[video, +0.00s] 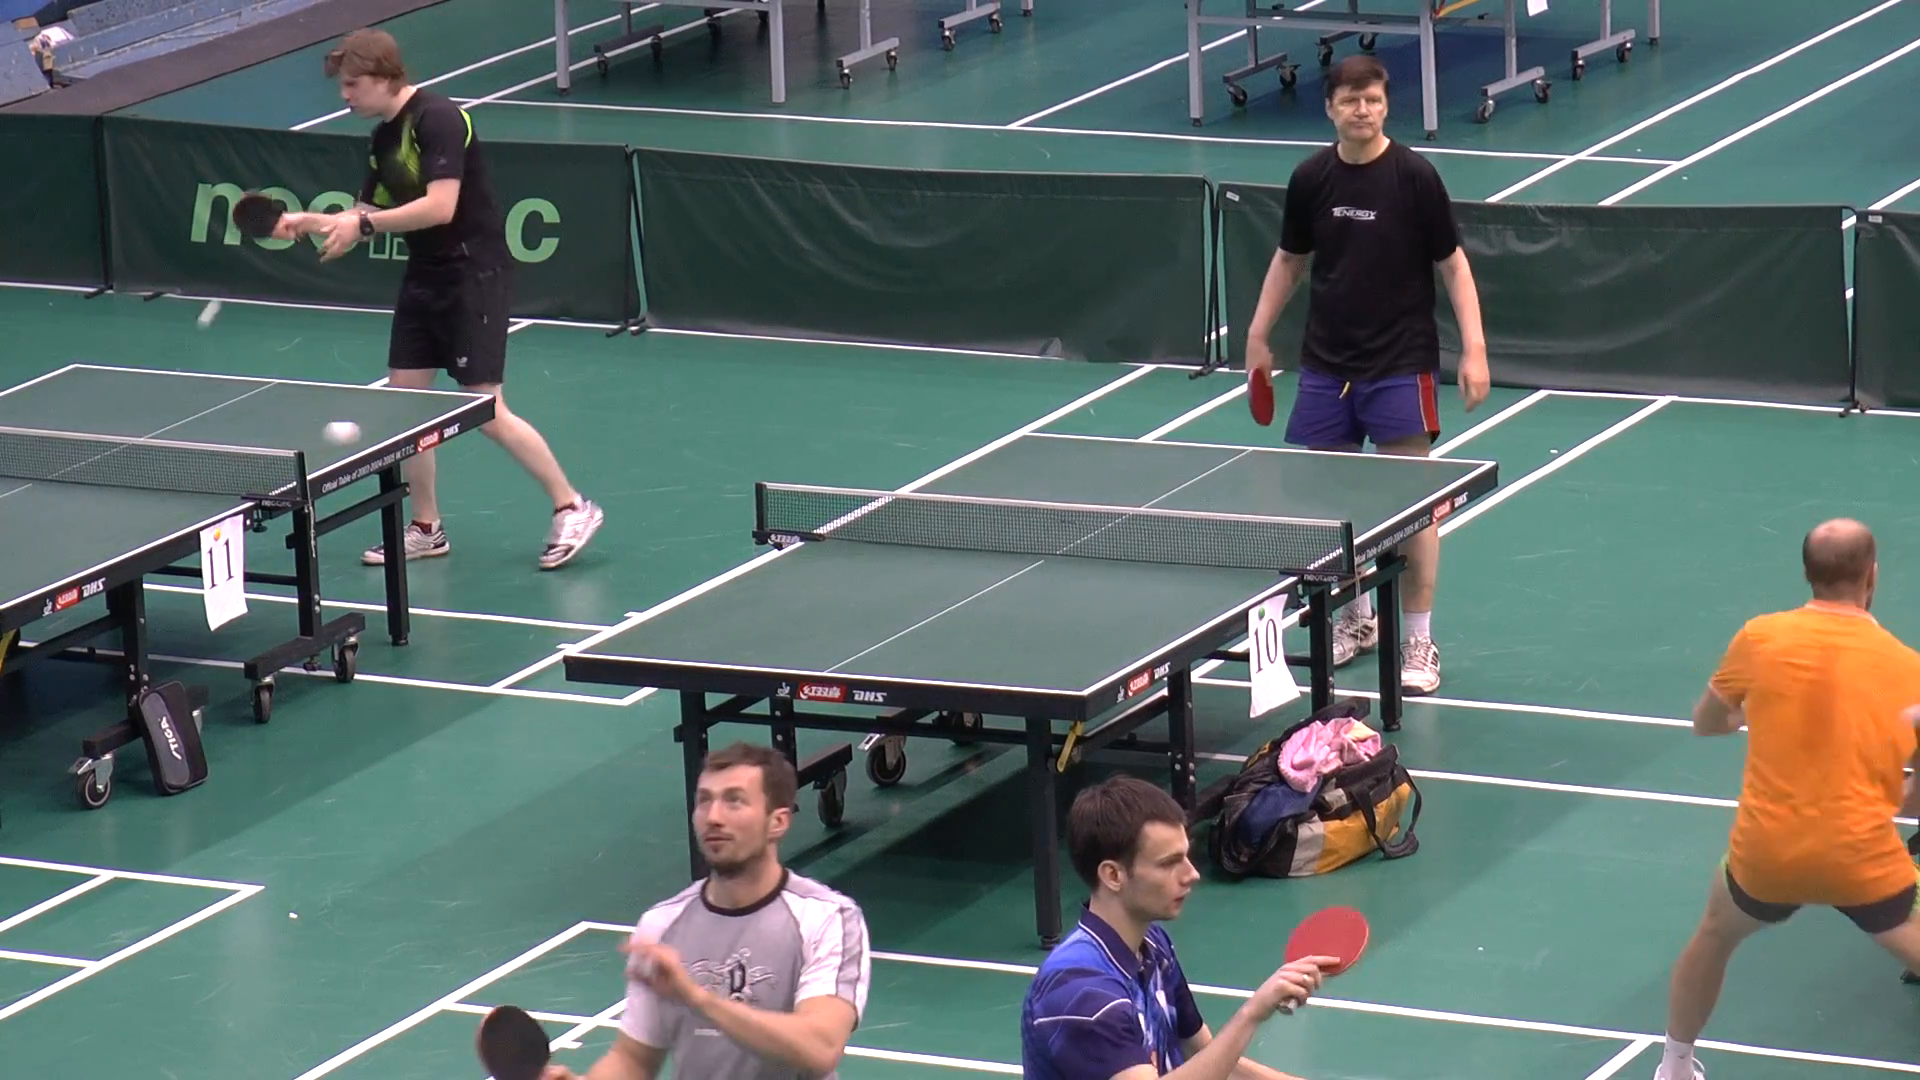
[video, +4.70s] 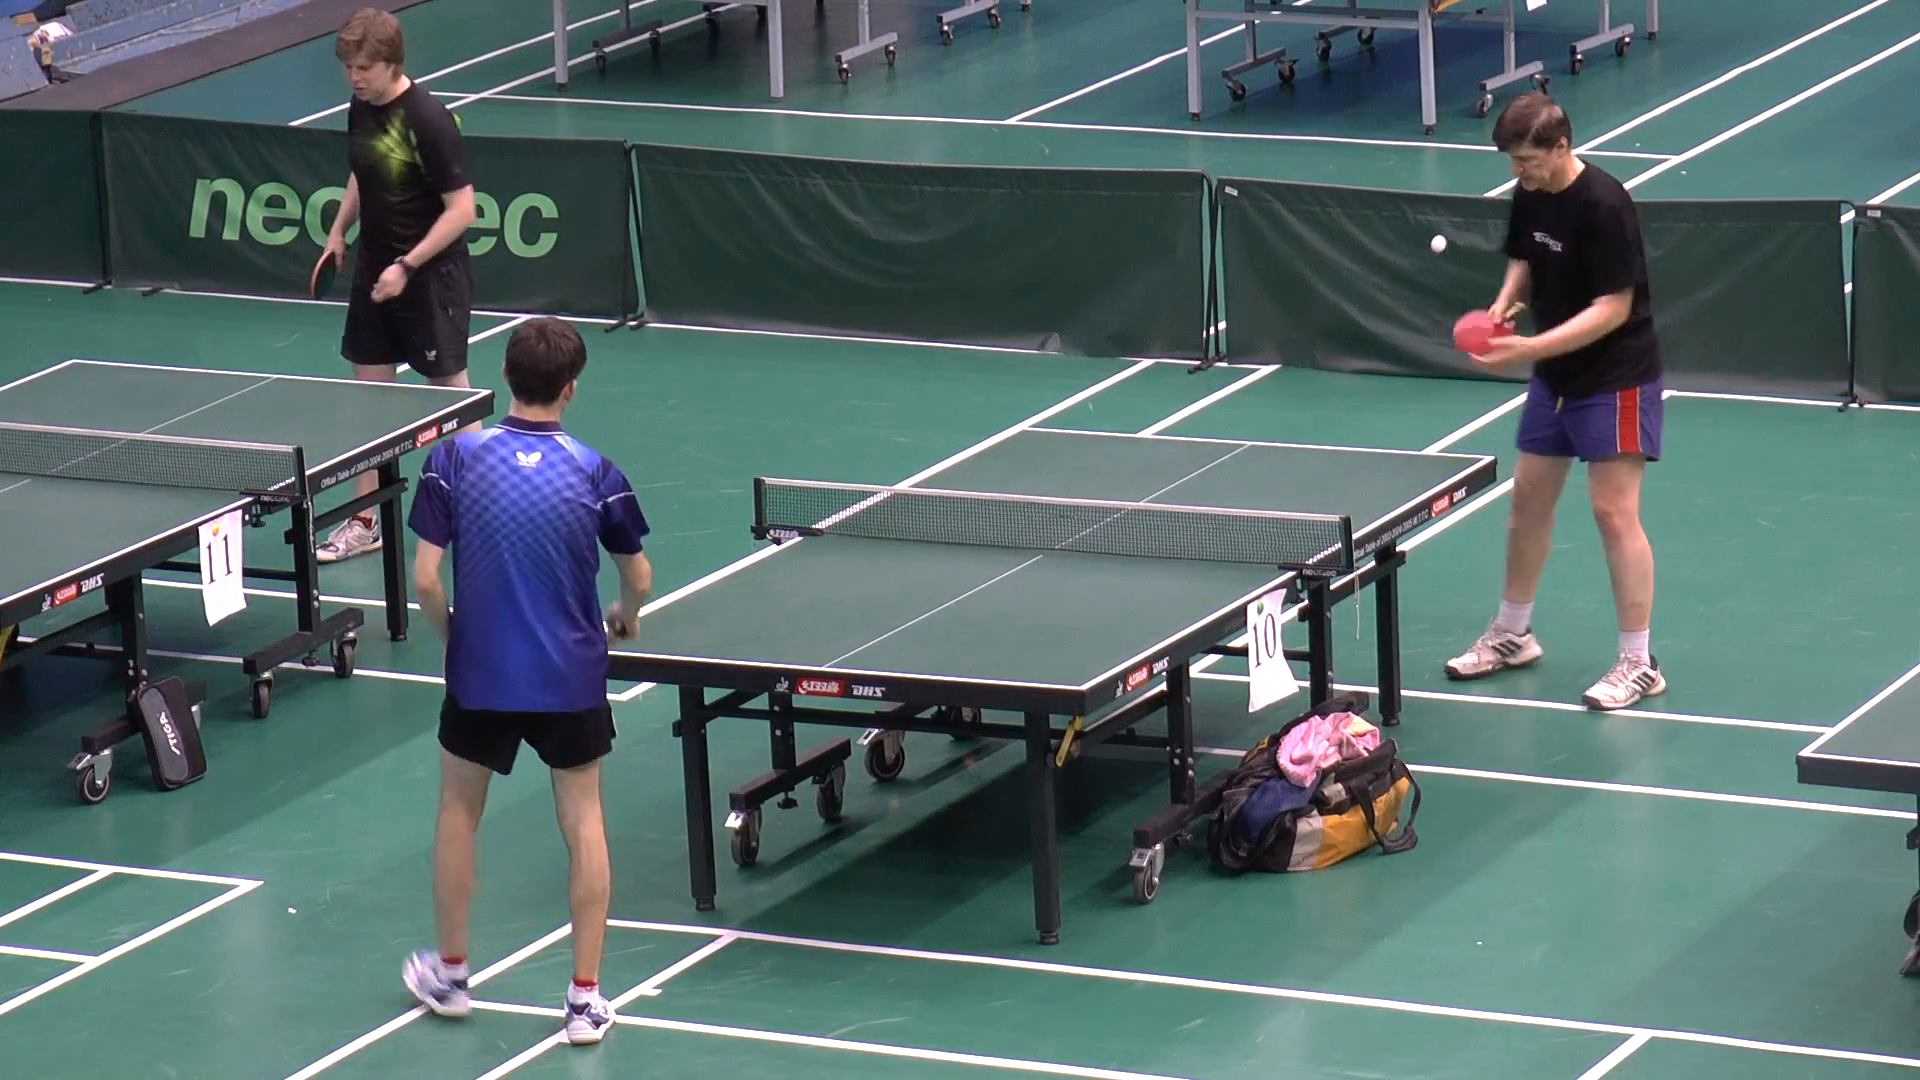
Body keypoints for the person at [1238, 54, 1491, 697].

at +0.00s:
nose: (1361, 108)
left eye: (1372, 98)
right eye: (1349, 99)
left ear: (1387, 104)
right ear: (1330, 107)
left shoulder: (1416, 176)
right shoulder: (1310, 177)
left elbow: (1454, 265)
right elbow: (1288, 259)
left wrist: (1474, 348)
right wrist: (1256, 332)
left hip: (1400, 365)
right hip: (1325, 366)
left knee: (1414, 501)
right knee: (1310, 492)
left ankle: (1418, 636)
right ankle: (1357, 610)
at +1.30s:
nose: (1426, 104)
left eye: (1440, 96)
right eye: (1419, 93)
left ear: (1462, 102)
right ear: (1407, 95)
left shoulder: (1487, 167)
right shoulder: (1390, 162)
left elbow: (1520, 261)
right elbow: (1383, 238)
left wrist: (1528, 350)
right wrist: (1348, 303)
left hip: (1475, 349)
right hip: (1401, 344)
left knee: (1489, 474)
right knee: (1381, 474)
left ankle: (1498, 593)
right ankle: (1364, 604)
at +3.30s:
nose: (1454, 99)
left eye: (1467, 90)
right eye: (1447, 87)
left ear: (1493, 90)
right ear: (1439, 86)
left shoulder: (1528, 154)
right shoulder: (1419, 154)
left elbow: (1558, 244)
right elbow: (1399, 233)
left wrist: (1575, 330)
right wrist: (1389, 278)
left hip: (1506, 340)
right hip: (1430, 336)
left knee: (1507, 471)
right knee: (1394, 465)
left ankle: (1496, 591)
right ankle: (1395, 588)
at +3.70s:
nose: (1473, 109)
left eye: (1485, 99)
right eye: (1466, 98)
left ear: (1515, 94)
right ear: (1458, 95)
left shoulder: (1553, 154)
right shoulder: (1440, 161)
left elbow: (1581, 239)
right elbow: (1414, 243)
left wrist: (1600, 323)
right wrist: (1424, 289)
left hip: (1533, 340)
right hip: (1461, 339)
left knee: (1518, 467)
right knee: (1464, 470)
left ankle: (1500, 587)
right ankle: (1471, 612)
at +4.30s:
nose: (1483, 162)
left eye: (1491, 150)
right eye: (1471, 154)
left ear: (1512, 126)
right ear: (1459, 144)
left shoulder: (1558, 166)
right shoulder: (1443, 195)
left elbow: (1591, 244)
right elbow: (1425, 281)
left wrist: (1623, 323)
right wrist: (1459, 316)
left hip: (1563, 357)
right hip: (1487, 365)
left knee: (1592, 485)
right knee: (1487, 493)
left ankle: (1582, 605)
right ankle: (1497, 630)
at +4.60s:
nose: (1513, 177)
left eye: (1521, 166)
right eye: (1505, 167)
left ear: (1550, 144)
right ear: (1499, 157)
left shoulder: (1600, 194)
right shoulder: (1500, 198)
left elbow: (1639, 281)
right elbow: (1480, 267)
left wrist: (1587, 349)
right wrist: (1483, 307)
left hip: (1597, 380)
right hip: (1524, 378)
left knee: (1606, 509)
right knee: (1510, 502)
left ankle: (1635, 660)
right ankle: (1500, 633)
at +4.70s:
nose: (1521, 175)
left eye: (1529, 164)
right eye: (1514, 165)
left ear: (1561, 146)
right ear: (1511, 156)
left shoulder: (1606, 202)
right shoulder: (1528, 193)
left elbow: (1616, 308)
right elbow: (1523, 260)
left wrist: (1532, 348)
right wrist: (1504, 303)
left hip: (1617, 376)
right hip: (1556, 374)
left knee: (1616, 511)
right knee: (1529, 498)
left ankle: (1637, 662)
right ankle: (1512, 632)